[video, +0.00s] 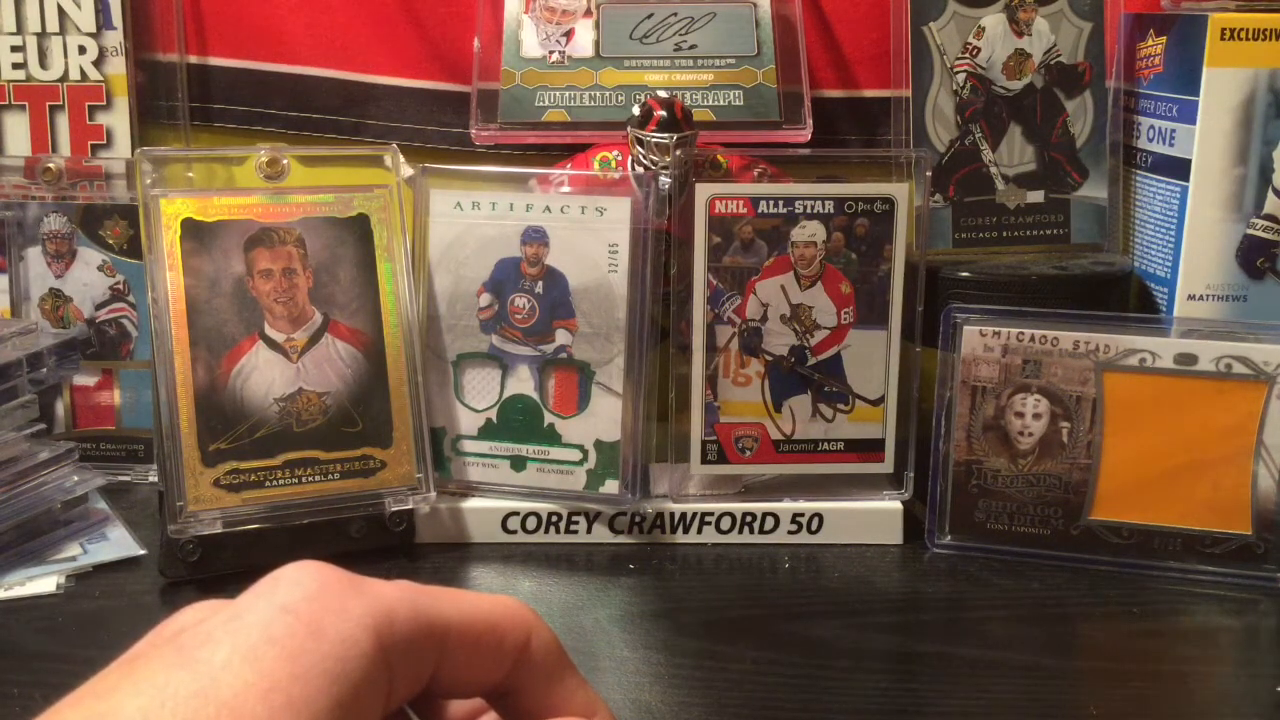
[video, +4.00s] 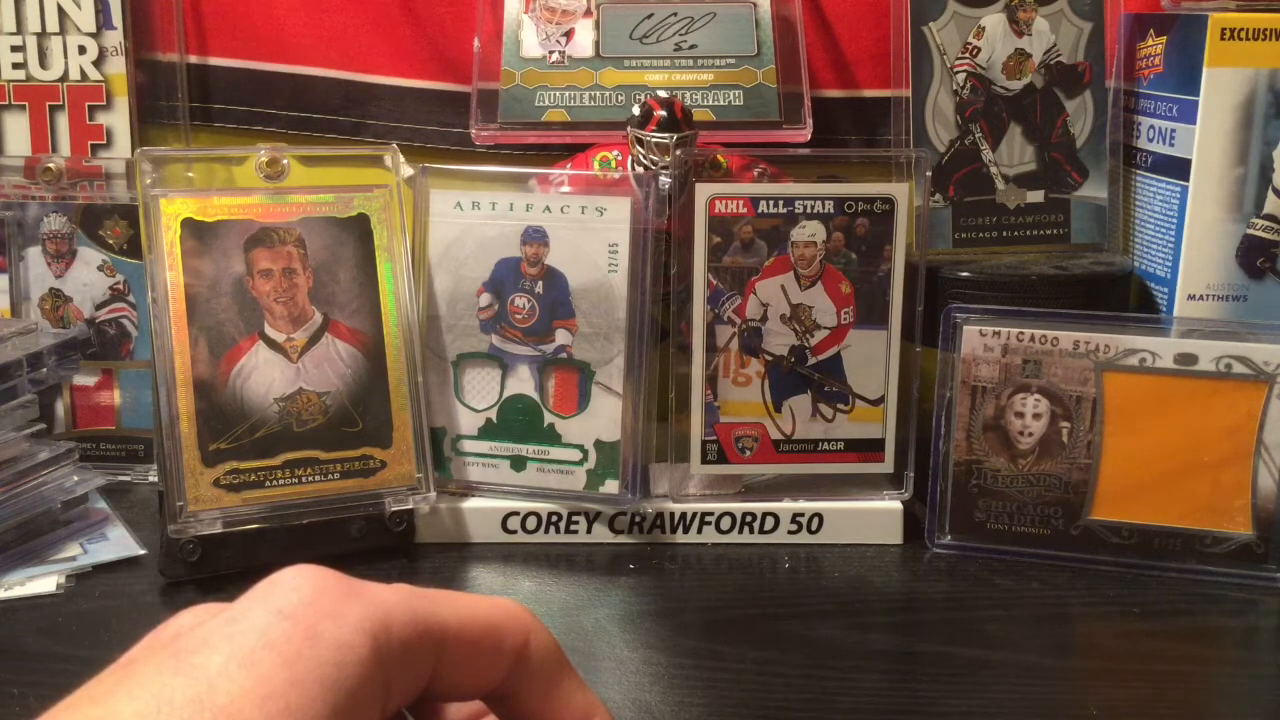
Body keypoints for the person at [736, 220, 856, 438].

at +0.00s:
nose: (801, 253)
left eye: (807, 247)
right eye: (796, 247)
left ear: (821, 250)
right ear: (790, 249)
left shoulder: (839, 285)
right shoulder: (773, 271)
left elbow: (842, 331)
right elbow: (754, 293)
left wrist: (810, 353)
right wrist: (750, 326)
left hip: (823, 353)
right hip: (780, 353)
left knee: (832, 413)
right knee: (798, 411)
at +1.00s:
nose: (801, 253)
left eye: (807, 247)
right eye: (796, 247)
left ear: (821, 249)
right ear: (790, 249)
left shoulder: (838, 285)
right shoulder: (773, 272)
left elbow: (843, 330)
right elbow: (754, 294)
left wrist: (810, 353)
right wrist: (751, 326)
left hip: (823, 354)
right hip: (780, 353)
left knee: (833, 413)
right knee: (799, 409)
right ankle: (791, 469)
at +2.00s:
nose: (801, 253)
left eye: (807, 247)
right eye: (796, 247)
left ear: (821, 249)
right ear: (790, 249)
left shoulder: (838, 285)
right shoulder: (773, 271)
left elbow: (843, 330)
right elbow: (754, 292)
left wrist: (810, 352)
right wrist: (751, 326)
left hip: (823, 353)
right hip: (780, 353)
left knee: (832, 412)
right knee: (799, 409)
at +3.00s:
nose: (801, 253)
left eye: (807, 247)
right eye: (796, 247)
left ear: (821, 249)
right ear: (790, 248)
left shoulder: (838, 285)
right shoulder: (773, 272)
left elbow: (843, 330)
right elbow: (754, 293)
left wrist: (810, 352)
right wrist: (750, 326)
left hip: (823, 354)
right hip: (781, 354)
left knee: (833, 413)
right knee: (799, 410)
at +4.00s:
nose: (801, 253)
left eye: (808, 247)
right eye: (796, 247)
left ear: (821, 249)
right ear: (790, 249)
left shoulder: (838, 285)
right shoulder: (773, 271)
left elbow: (842, 330)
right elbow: (754, 293)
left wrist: (809, 352)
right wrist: (750, 326)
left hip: (822, 353)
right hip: (779, 353)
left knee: (834, 412)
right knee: (798, 410)